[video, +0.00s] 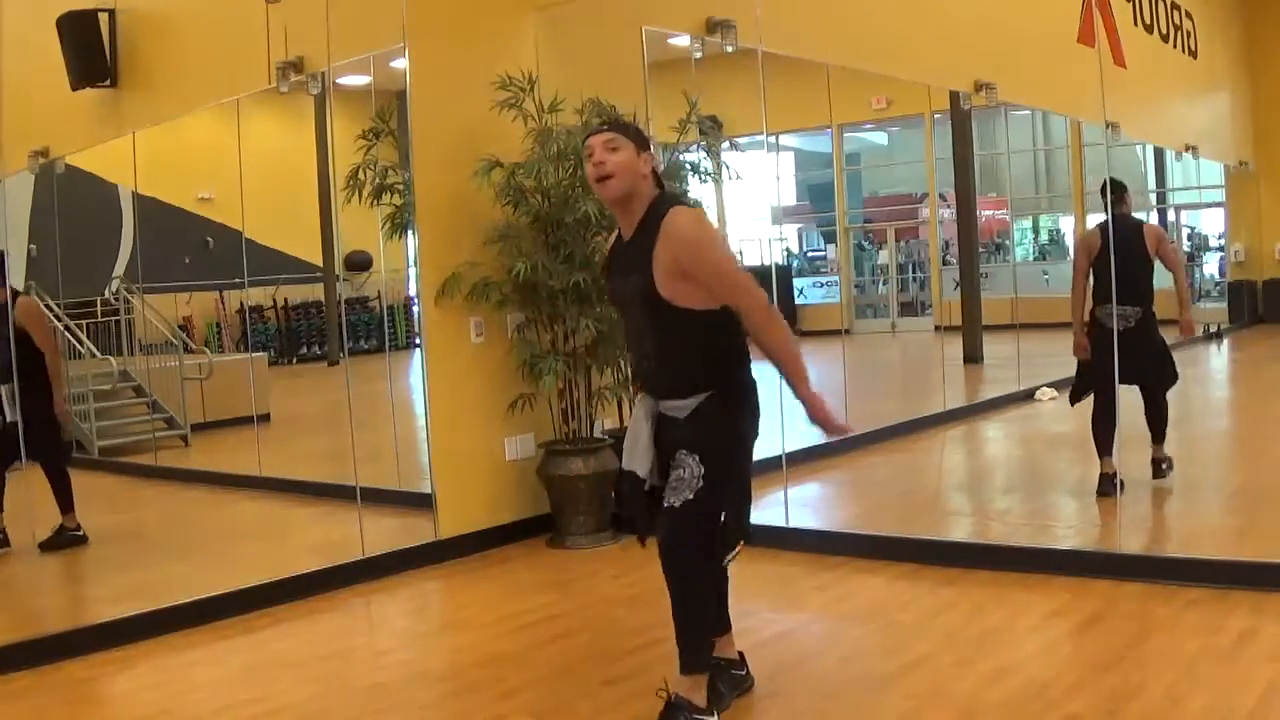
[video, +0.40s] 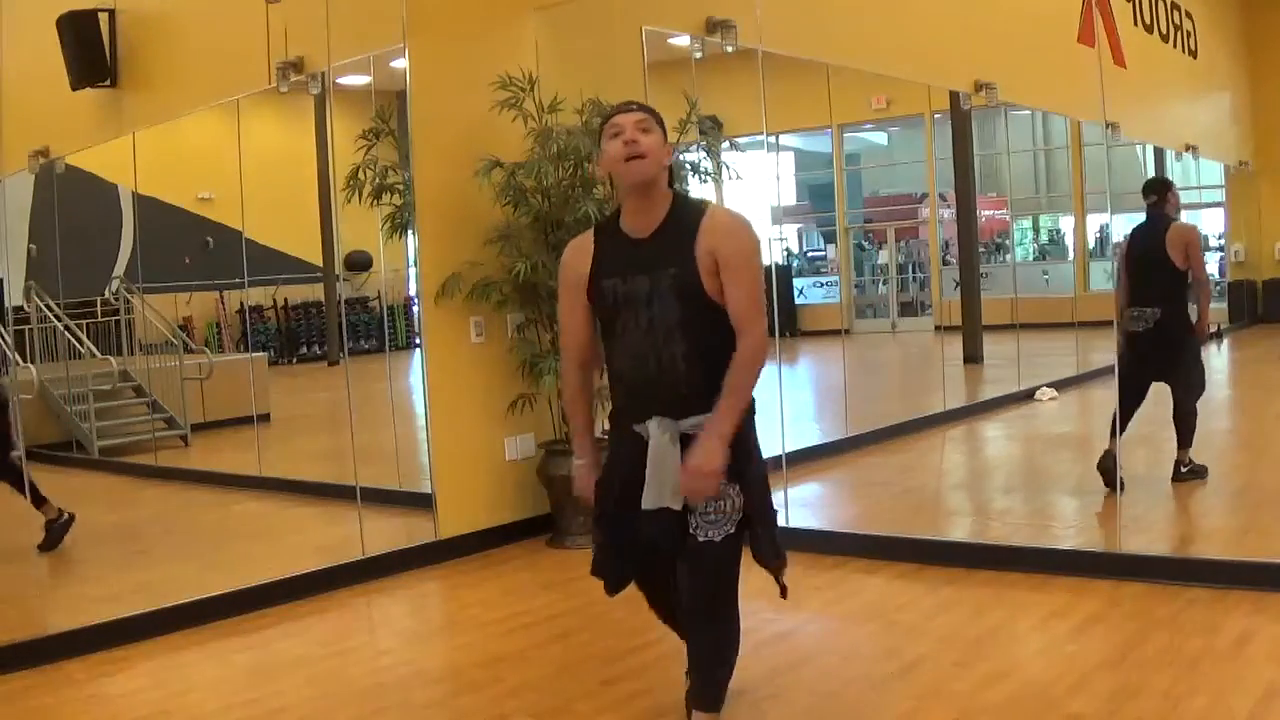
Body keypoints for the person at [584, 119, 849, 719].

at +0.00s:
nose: (597, 162)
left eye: (610, 150)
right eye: (589, 158)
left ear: (647, 162)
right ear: (590, 182)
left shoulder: (683, 228)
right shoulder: (619, 248)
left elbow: (757, 310)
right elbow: (651, 334)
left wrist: (807, 392)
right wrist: (645, 406)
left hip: (715, 408)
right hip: (664, 411)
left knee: (683, 544)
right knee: (690, 536)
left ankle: (693, 698)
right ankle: (726, 662)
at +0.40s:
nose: (631, 138)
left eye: (644, 130)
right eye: (616, 134)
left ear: (670, 152)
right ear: (601, 165)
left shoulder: (722, 231)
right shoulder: (583, 254)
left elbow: (754, 340)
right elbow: (577, 359)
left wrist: (715, 440)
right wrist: (584, 451)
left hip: (712, 431)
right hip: (633, 439)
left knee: (707, 583)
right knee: (649, 573)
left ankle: (704, 705)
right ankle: (706, 643)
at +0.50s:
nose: (646, 133)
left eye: (658, 124)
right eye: (629, 129)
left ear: (681, 147)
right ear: (611, 159)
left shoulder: (731, 232)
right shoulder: (581, 250)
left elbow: (750, 334)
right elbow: (565, 362)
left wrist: (670, 390)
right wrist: (566, 465)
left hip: (714, 439)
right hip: (628, 442)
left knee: (707, 599)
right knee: (625, 589)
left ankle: (698, 707)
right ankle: (670, 641)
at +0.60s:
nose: (654, 128)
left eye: (666, 119)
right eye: (637, 123)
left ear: (687, 140)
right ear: (615, 149)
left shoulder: (732, 220)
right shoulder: (579, 240)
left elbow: (735, 307)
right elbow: (559, 353)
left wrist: (666, 284)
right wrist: (562, 461)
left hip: (710, 434)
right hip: (620, 439)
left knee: (707, 601)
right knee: (610, 609)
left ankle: (707, 712)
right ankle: (640, 683)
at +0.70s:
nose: (670, 123)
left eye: (679, 114)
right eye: (651, 112)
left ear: (692, 134)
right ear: (617, 137)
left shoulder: (730, 204)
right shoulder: (576, 230)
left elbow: (712, 231)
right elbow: (558, 346)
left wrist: (666, 179)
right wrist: (572, 456)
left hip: (706, 435)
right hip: (613, 443)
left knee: (706, 603)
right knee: (604, 612)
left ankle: (705, 714)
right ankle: (606, 717)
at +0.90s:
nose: (656, 125)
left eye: (668, 115)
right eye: (636, 116)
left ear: (685, 134)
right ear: (607, 138)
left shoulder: (712, 195)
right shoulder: (557, 217)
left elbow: (651, 209)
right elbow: (552, 346)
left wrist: (558, 200)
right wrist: (610, 452)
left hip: (690, 453)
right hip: (590, 459)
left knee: (703, 629)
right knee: (591, 647)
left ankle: (705, 712)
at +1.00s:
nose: (623, 131)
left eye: (638, 118)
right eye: (604, 120)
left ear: (657, 138)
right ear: (580, 142)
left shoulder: (697, 203)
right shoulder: (533, 234)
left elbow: (666, 273)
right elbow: (528, 357)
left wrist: (535, 270)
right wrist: (599, 457)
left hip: (682, 466)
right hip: (576, 472)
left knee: (697, 639)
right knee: (585, 677)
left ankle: (701, 712)